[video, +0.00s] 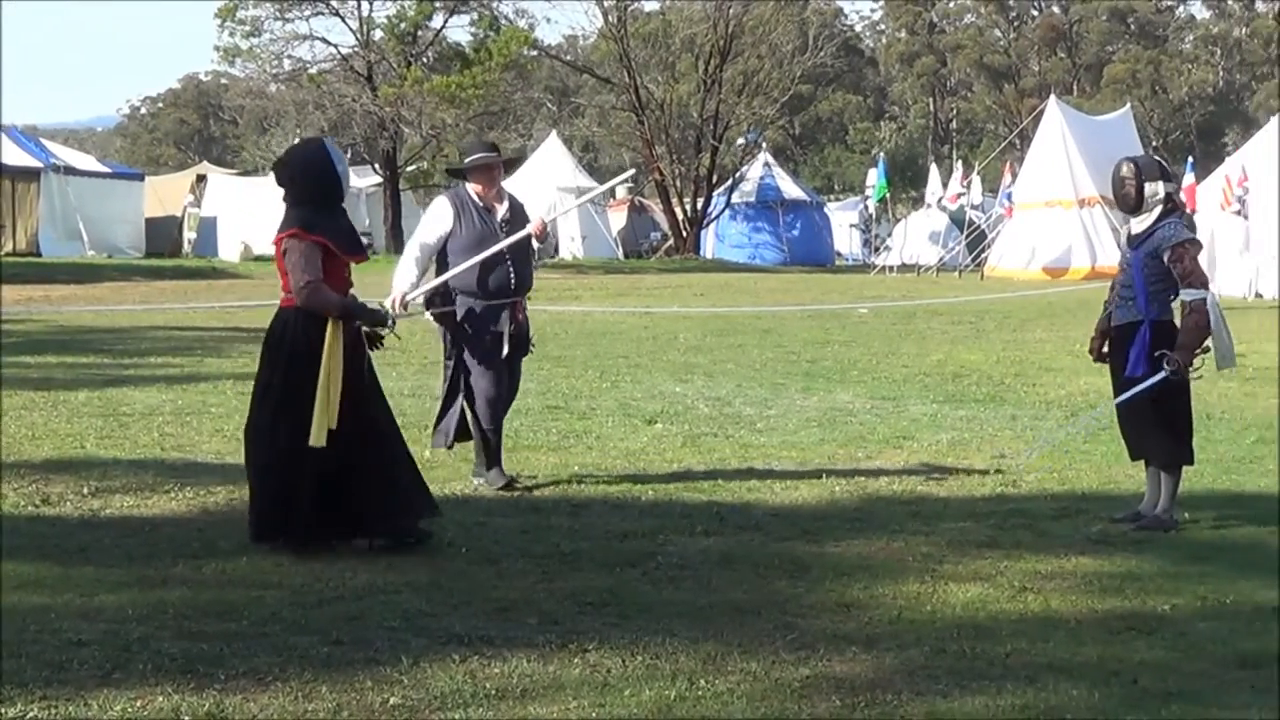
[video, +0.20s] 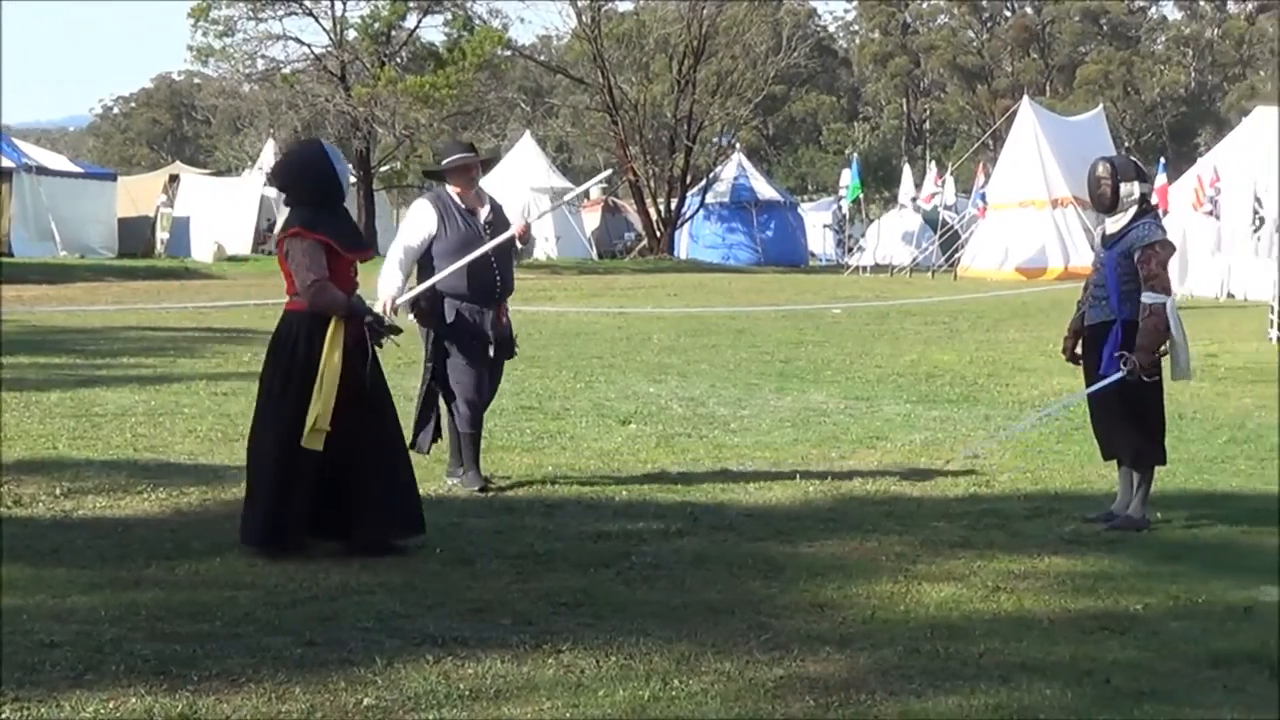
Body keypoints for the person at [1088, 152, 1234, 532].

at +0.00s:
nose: (1124, 192)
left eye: (1131, 184)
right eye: (1120, 185)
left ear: (1153, 186)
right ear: (1119, 188)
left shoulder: (1171, 229)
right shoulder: (1136, 229)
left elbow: (1198, 295)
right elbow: (1121, 285)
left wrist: (1183, 350)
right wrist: (1103, 327)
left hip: (1155, 333)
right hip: (1128, 333)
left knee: (1165, 415)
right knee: (1142, 414)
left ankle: (1165, 509)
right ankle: (1150, 502)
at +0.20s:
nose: (1102, 190)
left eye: (1109, 183)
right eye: (1099, 183)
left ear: (1132, 186)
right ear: (1100, 188)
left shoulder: (1146, 232)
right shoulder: (1110, 231)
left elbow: (1156, 297)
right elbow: (1095, 285)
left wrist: (1144, 349)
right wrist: (1076, 327)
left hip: (1130, 334)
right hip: (1101, 333)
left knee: (1137, 415)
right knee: (1113, 414)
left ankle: (1138, 508)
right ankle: (1123, 501)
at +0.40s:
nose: (1076, 190)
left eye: (1083, 183)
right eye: (1074, 183)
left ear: (1105, 186)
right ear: (1076, 188)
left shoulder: (1120, 233)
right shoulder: (1087, 231)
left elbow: (1119, 301)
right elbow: (1073, 288)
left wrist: (1101, 352)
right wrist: (1055, 330)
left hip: (1105, 335)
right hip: (1079, 334)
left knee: (1112, 418)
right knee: (1090, 417)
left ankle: (1114, 508)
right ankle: (1099, 501)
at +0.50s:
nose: (1066, 190)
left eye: (1073, 183)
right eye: (1065, 183)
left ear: (1095, 187)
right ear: (1071, 188)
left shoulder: (1110, 234)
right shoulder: (1079, 231)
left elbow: (1107, 301)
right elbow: (1065, 289)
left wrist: (1089, 350)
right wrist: (1049, 330)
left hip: (1098, 337)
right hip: (1071, 336)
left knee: (1104, 420)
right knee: (1082, 419)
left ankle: (1104, 508)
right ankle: (1090, 501)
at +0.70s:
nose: (1042, 193)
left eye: (1049, 185)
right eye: (1041, 185)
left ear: (1070, 189)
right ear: (1066, 191)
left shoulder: (1085, 238)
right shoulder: (1059, 232)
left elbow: (1079, 305)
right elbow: (1046, 294)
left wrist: (1060, 352)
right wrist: (1032, 335)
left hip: (1074, 339)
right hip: (1050, 338)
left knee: (1080, 421)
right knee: (1060, 420)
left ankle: (1081, 508)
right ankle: (1067, 501)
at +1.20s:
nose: (1007, 194)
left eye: (1014, 186)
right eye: (1007, 186)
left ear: (1035, 189)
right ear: (1029, 191)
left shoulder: (1052, 237)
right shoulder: (1025, 232)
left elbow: (1045, 302)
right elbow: (1014, 293)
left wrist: (1029, 351)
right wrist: (998, 329)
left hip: (1038, 334)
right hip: (1015, 332)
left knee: (1048, 418)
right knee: (1027, 418)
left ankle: (1049, 508)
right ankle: (1035, 501)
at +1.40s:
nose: (1003, 193)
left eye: (1010, 187)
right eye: (1002, 186)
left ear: (1032, 190)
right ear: (1008, 192)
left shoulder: (1048, 237)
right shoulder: (1017, 231)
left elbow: (1043, 305)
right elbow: (1007, 289)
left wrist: (1025, 353)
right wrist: (990, 327)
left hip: (1035, 337)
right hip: (1009, 335)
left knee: (1044, 420)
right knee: (1022, 420)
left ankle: (1044, 508)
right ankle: (1029, 502)